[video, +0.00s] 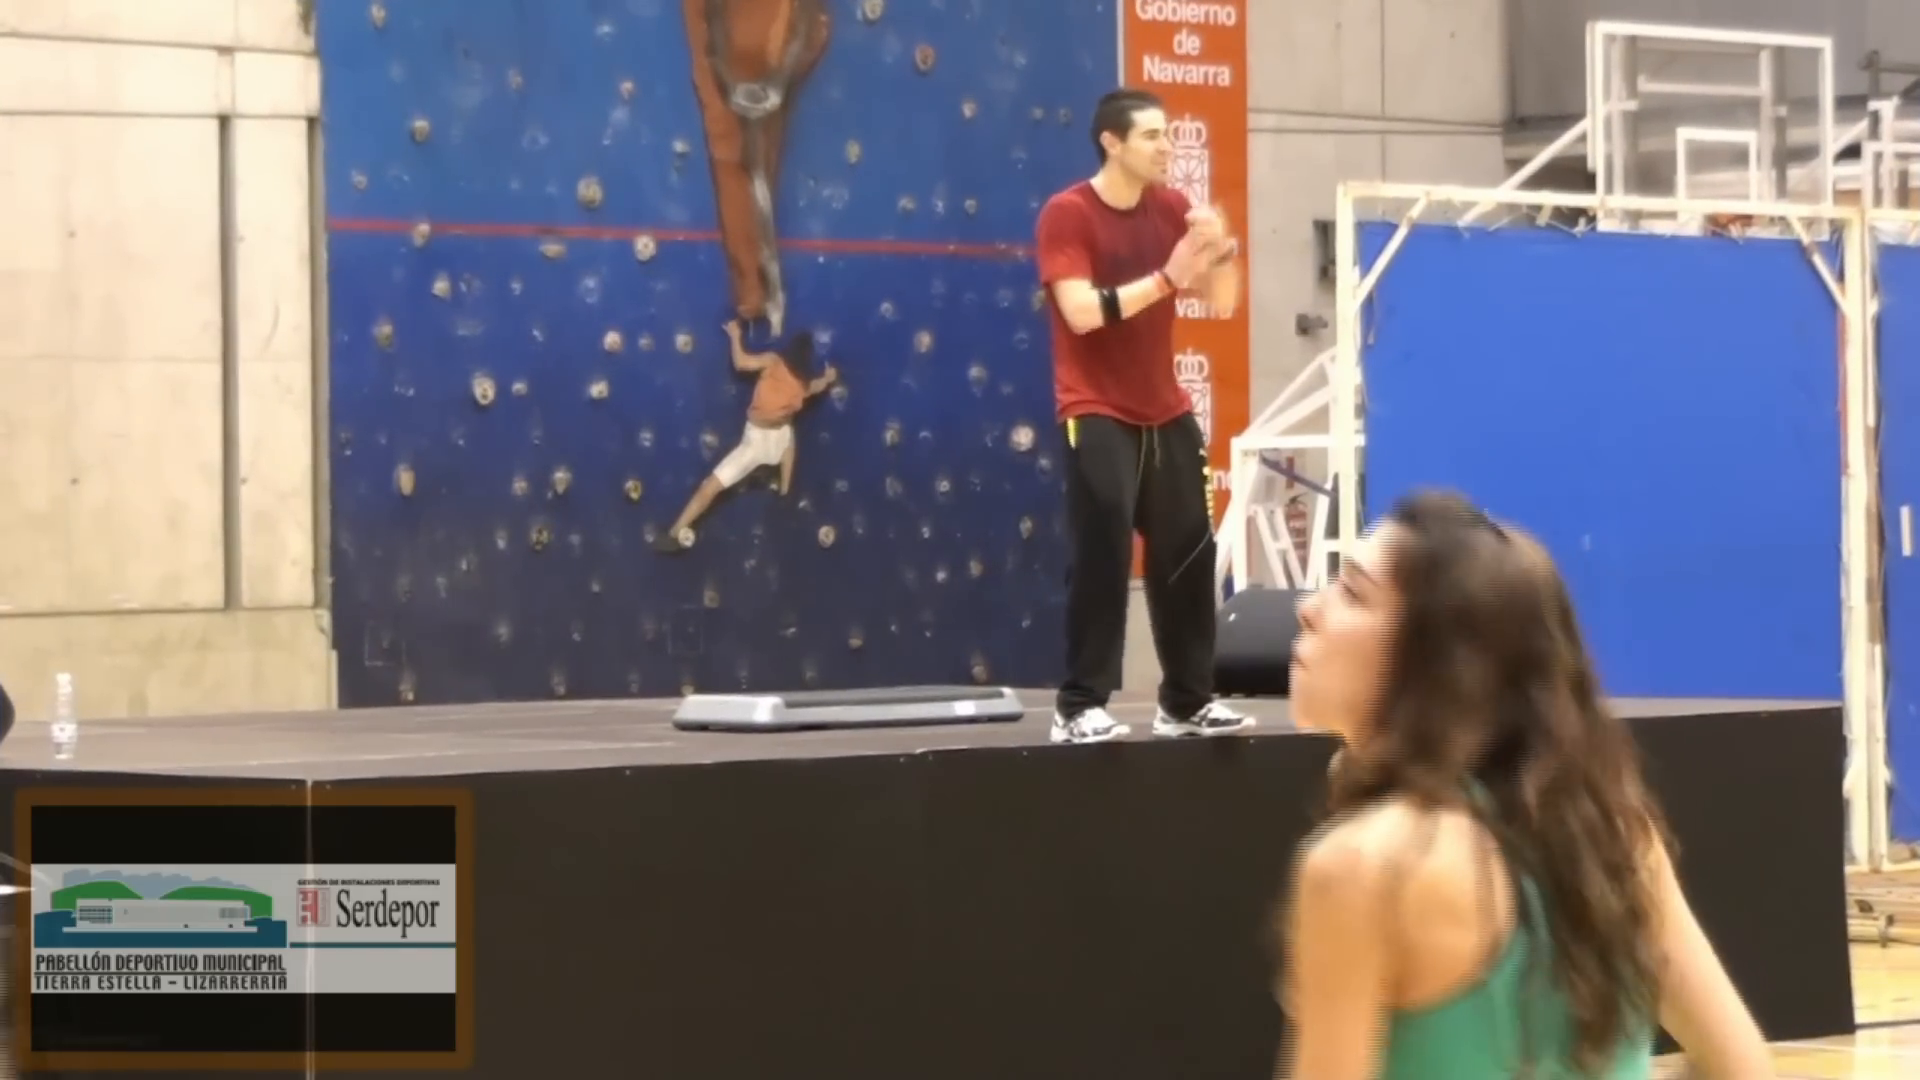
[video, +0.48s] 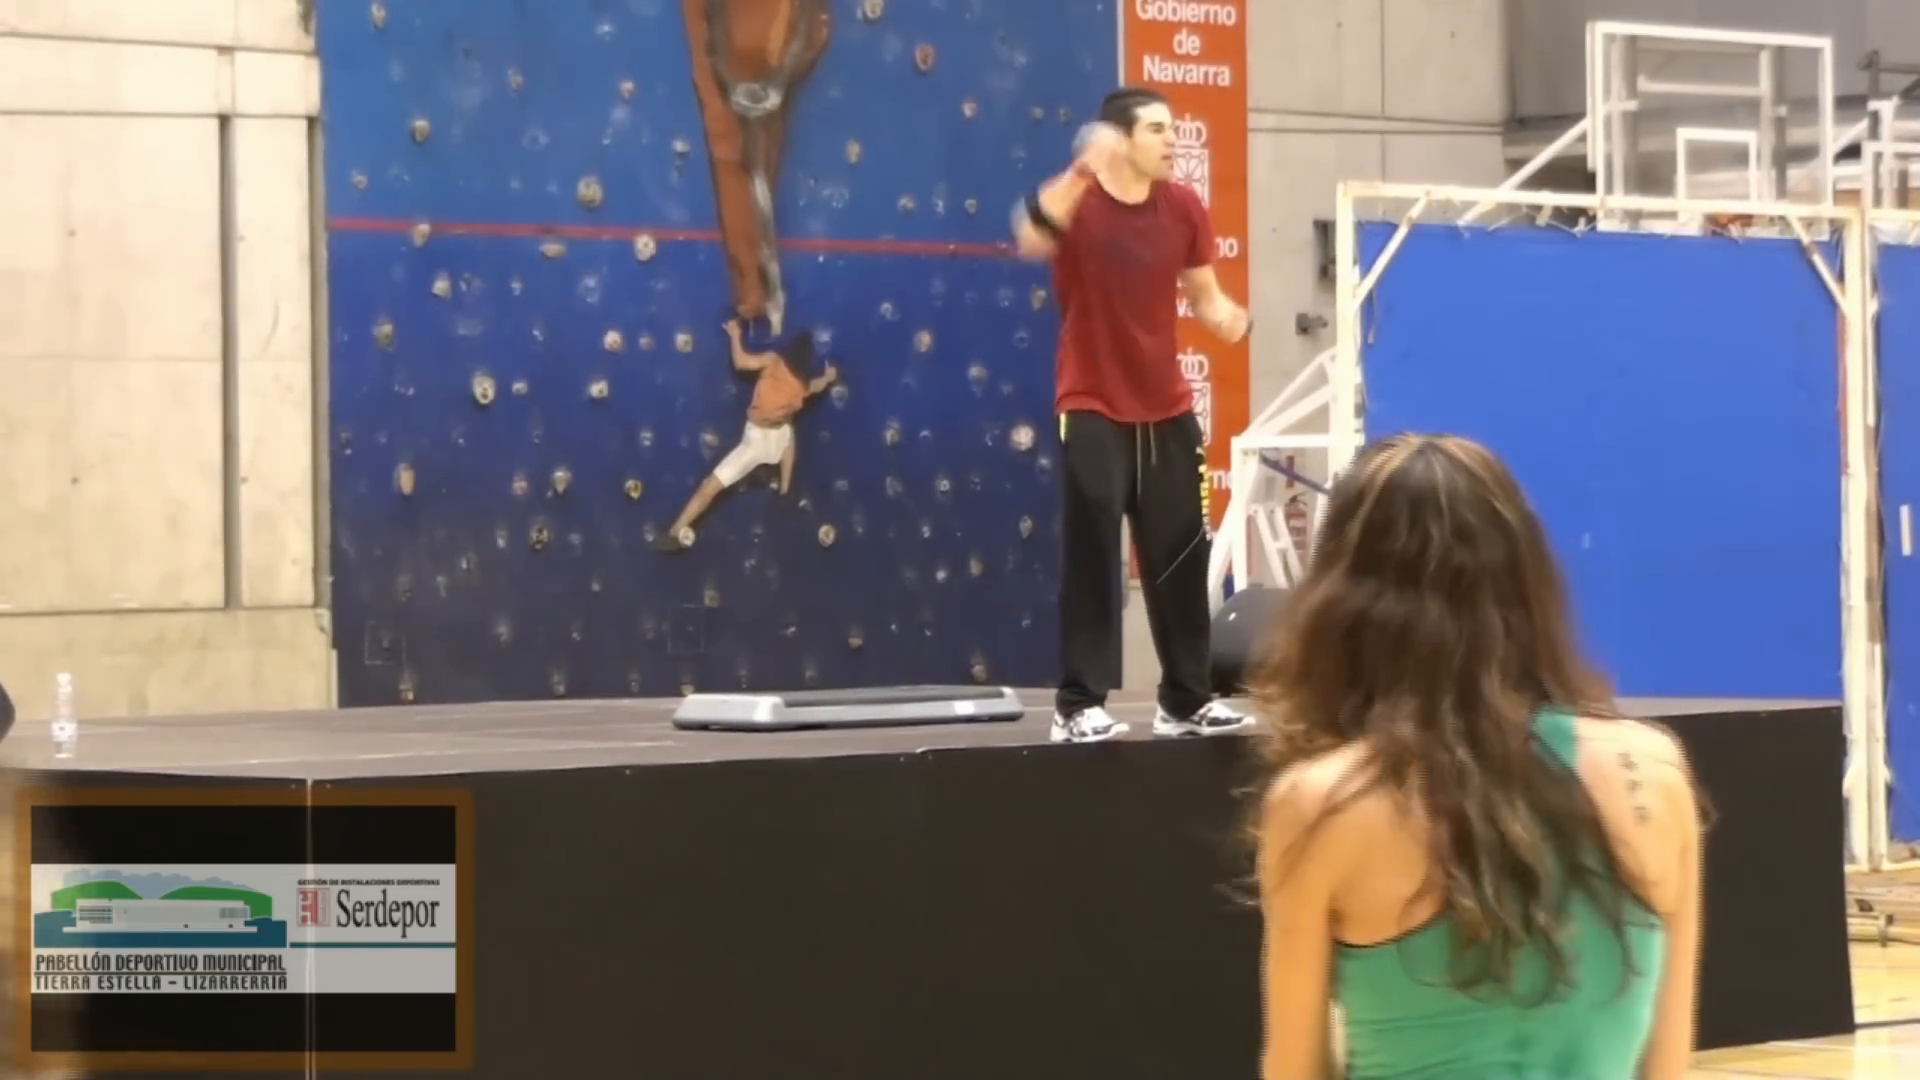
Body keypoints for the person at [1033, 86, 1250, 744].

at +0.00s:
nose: (1164, 147)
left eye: (1166, 135)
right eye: (1150, 136)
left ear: (1163, 142)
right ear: (1111, 143)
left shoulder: (1171, 209)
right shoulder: (1066, 213)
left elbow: (1218, 299)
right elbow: (1080, 314)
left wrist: (1218, 249)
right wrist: (1168, 279)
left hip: (1165, 406)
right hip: (1095, 408)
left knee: (1187, 550)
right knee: (1105, 548)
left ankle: (1189, 700)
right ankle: (1083, 705)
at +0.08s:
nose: (1165, 146)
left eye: (1168, 135)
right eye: (1153, 136)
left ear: (1167, 141)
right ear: (1113, 142)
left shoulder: (1177, 205)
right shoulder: (1069, 209)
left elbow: (1240, 271)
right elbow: (1071, 310)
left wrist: (1251, 207)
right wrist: (1159, 277)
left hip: (1162, 407)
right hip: (1092, 407)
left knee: (1186, 553)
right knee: (1102, 553)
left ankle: (1186, 701)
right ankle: (1082, 705)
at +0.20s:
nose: (1165, 155)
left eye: (1169, 143)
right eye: (1153, 143)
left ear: (1170, 146)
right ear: (1113, 143)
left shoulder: (1181, 202)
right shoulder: (1071, 207)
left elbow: (1250, 251)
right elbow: (1054, 305)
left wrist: (1265, 173)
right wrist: (1151, 286)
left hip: (1161, 404)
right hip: (1088, 403)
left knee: (1180, 549)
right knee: (1093, 548)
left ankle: (1187, 700)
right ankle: (1081, 704)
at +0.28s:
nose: (1163, 150)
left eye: (1167, 138)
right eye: (1151, 139)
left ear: (1169, 142)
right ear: (1113, 143)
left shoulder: (1182, 205)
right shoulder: (1069, 208)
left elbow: (1239, 282)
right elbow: (1046, 299)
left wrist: (1248, 222)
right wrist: (1140, 290)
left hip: (1165, 409)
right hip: (1091, 407)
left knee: (1182, 549)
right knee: (1093, 547)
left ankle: (1188, 700)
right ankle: (1082, 703)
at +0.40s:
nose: (1168, 140)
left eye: (1169, 129)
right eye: (1154, 130)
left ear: (1166, 138)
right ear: (1115, 138)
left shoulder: (1181, 205)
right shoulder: (1069, 204)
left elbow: (1216, 288)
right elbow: (1038, 285)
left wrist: (1234, 299)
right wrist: (1093, 216)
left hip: (1166, 403)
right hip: (1092, 401)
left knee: (1181, 550)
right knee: (1096, 548)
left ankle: (1189, 699)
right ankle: (1082, 703)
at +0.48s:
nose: (1169, 140)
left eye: (1170, 129)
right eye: (1156, 129)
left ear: (1165, 138)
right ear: (1117, 137)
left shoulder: (1182, 205)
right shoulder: (1074, 196)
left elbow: (1204, 293)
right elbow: (1031, 236)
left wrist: (1225, 316)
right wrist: (1080, 169)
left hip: (1165, 401)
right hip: (1094, 399)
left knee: (1180, 552)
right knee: (1093, 547)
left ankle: (1187, 699)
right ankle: (1081, 703)